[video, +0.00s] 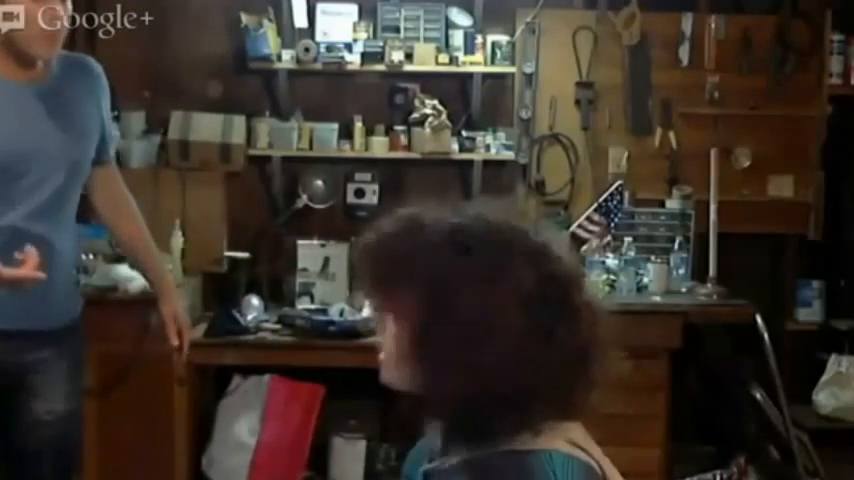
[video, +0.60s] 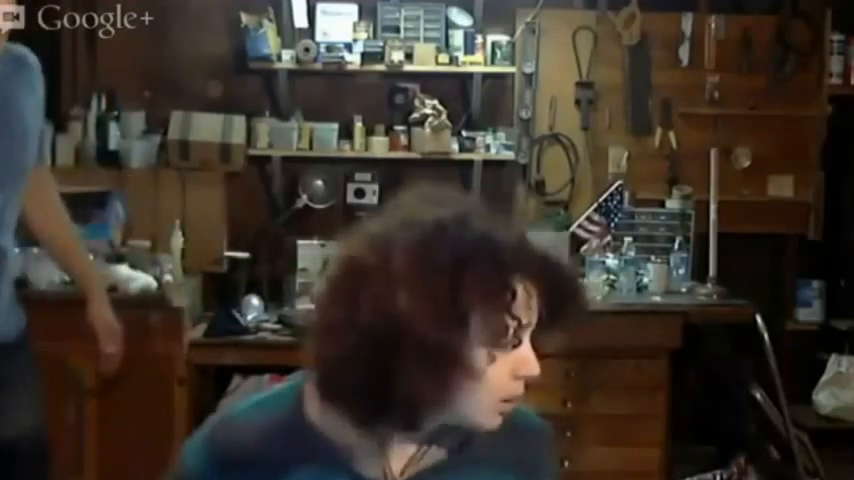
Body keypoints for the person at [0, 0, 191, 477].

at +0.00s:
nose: (57, 13)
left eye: (63, 2)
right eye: (40, 2)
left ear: (72, 9)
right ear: (4, 11)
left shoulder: (85, 77)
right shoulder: (3, 82)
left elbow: (105, 181)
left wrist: (164, 284)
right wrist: (4, 266)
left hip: (54, 329)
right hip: (6, 329)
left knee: (53, 469)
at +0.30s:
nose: (39, 16)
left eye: (46, 3)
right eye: (21, 4)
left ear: (57, 11)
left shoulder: (63, 79)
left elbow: (83, 192)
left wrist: (141, 285)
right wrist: (3, 273)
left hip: (37, 327)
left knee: (48, 462)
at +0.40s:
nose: (13, 16)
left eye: (20, 9)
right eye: (6, 9)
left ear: (29, 14)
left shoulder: (30, 73)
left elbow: (41, 177)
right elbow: (43, 179)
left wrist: (105, 283)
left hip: (10, 330)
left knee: (29, 459)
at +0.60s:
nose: (11, 13)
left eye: (14, 7)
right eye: (6, 7)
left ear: (20, 14)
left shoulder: (20, 71)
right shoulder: (20, 73)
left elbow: (33, 181)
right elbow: (35, 183)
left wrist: (94, 286)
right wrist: (94, 288)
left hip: (7, 330)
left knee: (25, 458)